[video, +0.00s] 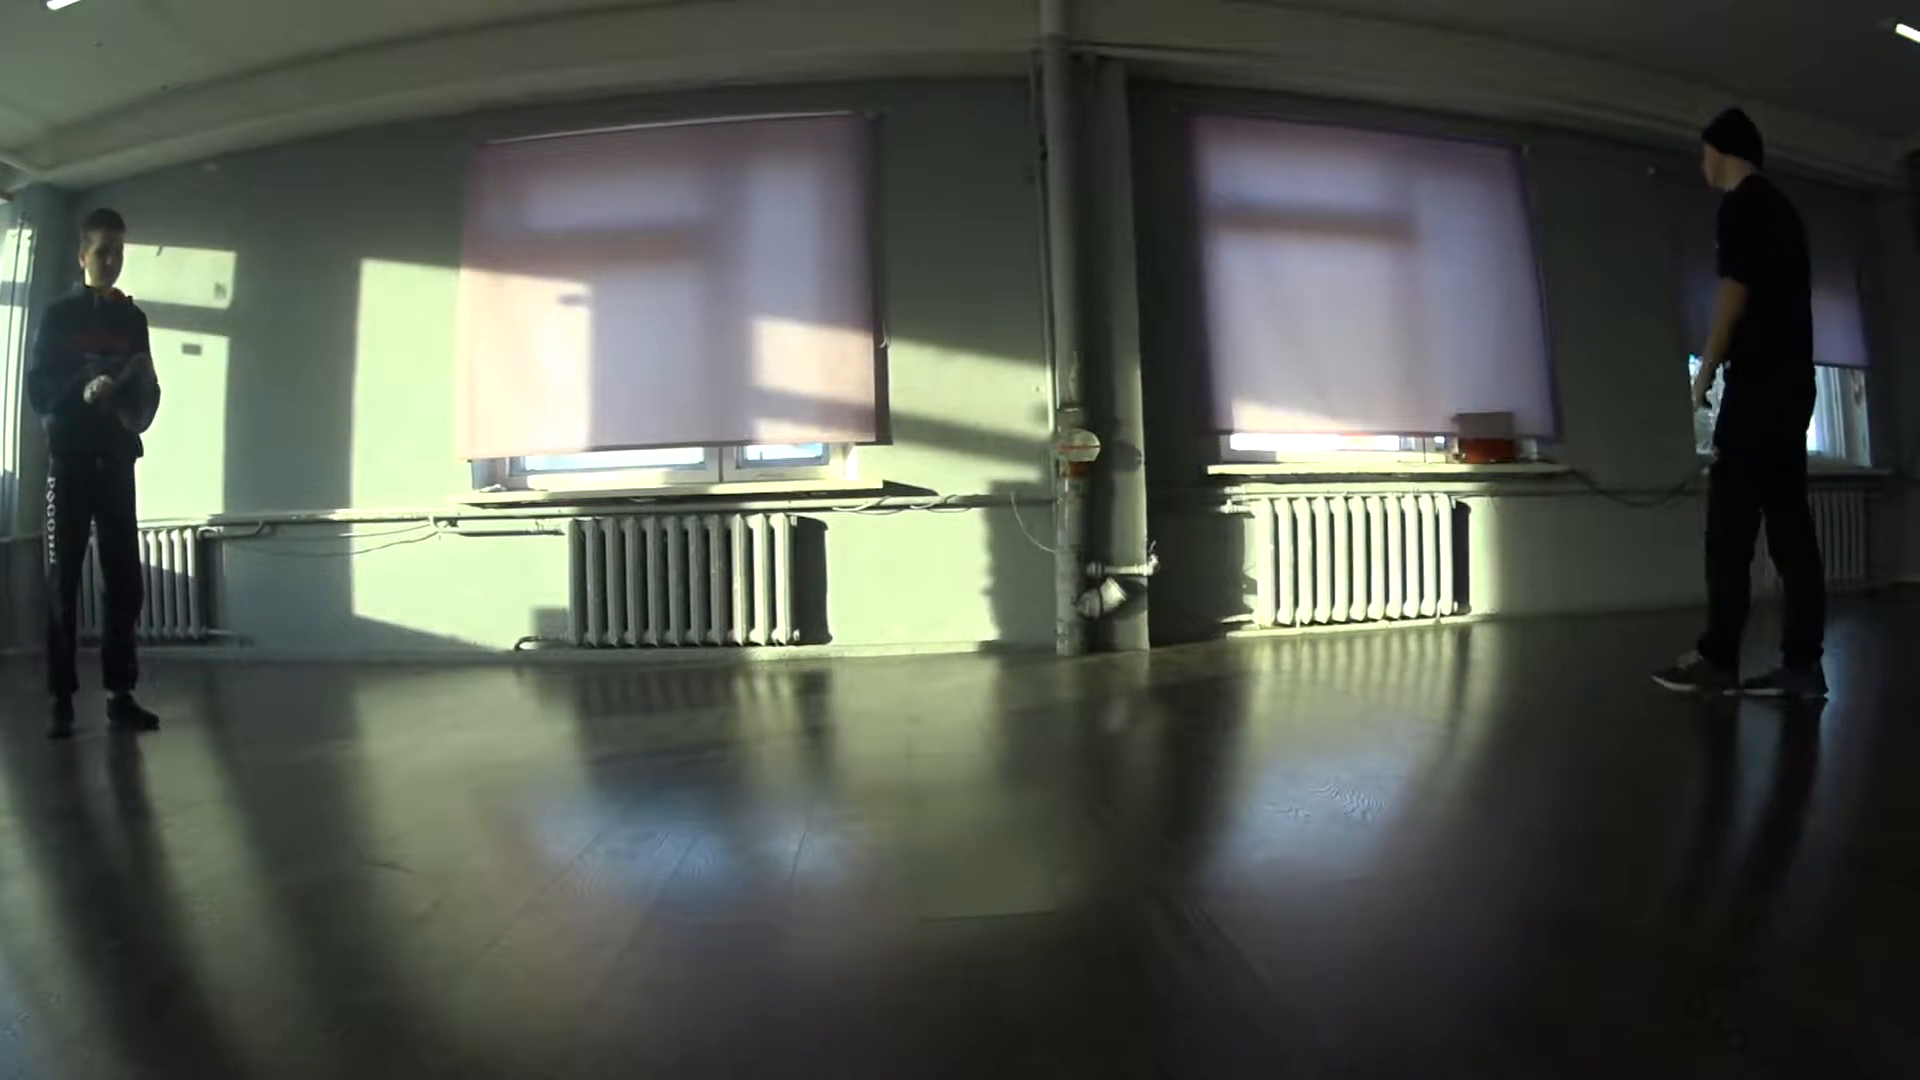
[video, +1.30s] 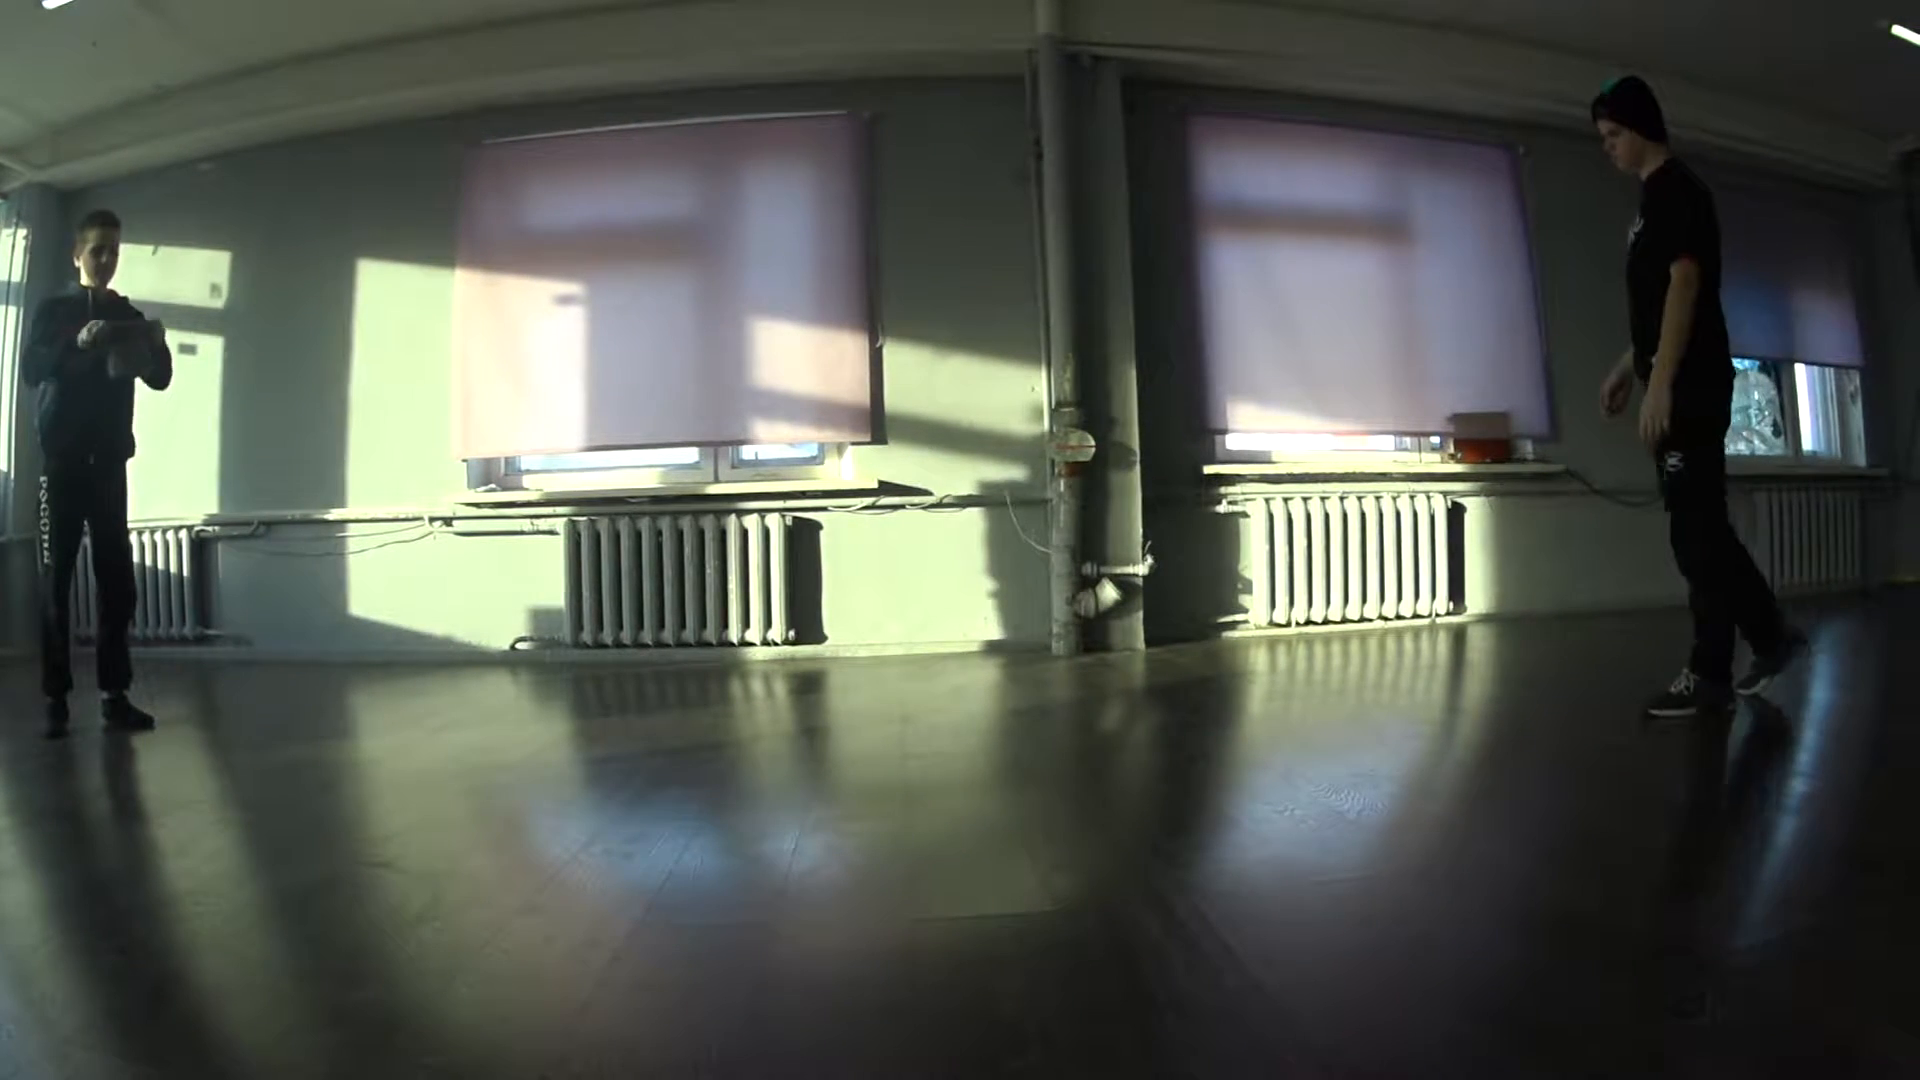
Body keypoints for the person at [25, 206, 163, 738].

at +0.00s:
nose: (111, 259)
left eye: (117, 250)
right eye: (102, 250)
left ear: (124, 254)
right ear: (82, 253)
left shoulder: (132, 315)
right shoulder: (59, 312)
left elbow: (148, 388)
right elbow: (38, 392)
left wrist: (130, 411)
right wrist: (81, 389)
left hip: (116, 457)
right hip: (70, 457)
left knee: (124, 576)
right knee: (64, 576)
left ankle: (121, 696)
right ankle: (62, 699)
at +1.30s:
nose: (105, 259)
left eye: (112, 251)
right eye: (97, 250)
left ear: (119, 255)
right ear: (77, 253)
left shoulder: (131, 316)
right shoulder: (52, 310)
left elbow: (160, 379)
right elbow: (30, 370)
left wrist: (150, 343)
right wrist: (81, 344)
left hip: (109, 462)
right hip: (61, 461)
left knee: (117, 578)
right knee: (56, 580)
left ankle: (115, 696)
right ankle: (56, 699)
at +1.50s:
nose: (107, 263)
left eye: (114, 255)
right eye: (98, 254)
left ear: (122, 259)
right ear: (79, 255)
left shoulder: (123, 312)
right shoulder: (61, 306)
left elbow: (171, 328)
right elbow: (41, 329)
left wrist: (159, 279)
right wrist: (77, 277)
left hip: (109, 457)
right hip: (62, 456)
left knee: (117, 579)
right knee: (57, 577)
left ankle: (115, 696)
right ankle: (55, 701)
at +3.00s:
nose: (108, 261)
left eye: (112, 253)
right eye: (101, 251)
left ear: (111, 256)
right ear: (78, 252)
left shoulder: (117, 307)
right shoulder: (50, 301)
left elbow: (162, 271)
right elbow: (40, 264)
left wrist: (129, 229)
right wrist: (67, 223)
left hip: (103, 454)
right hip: (57, 451)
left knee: (113, 579)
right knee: (54, 575)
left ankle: (111, 697)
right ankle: (50, 702)